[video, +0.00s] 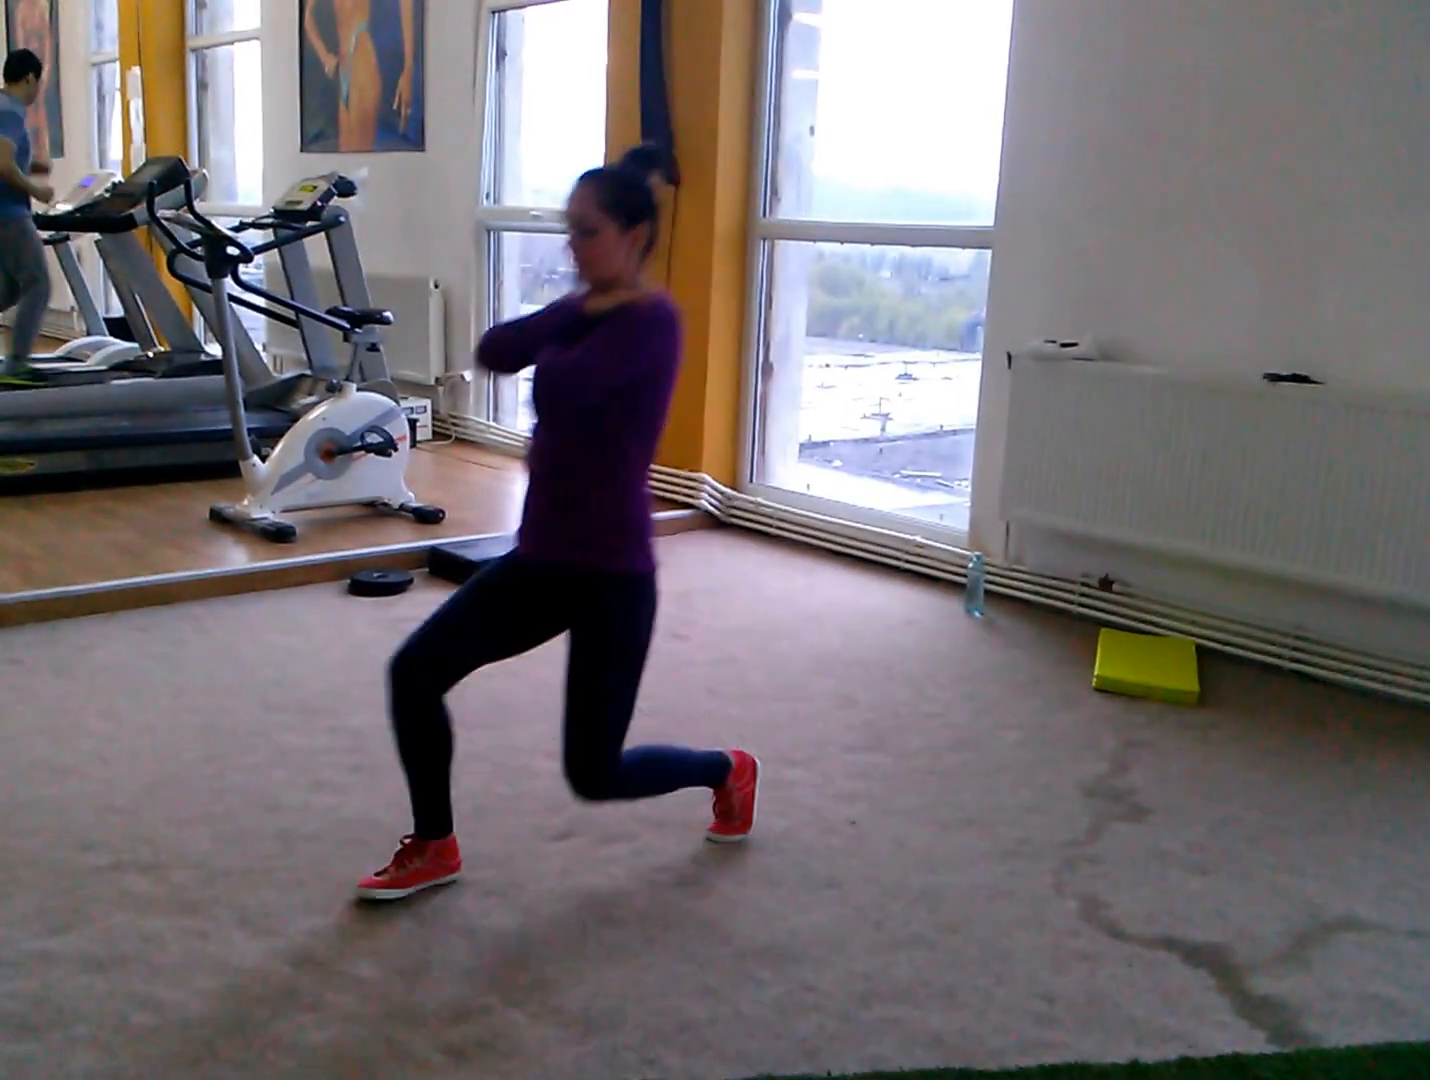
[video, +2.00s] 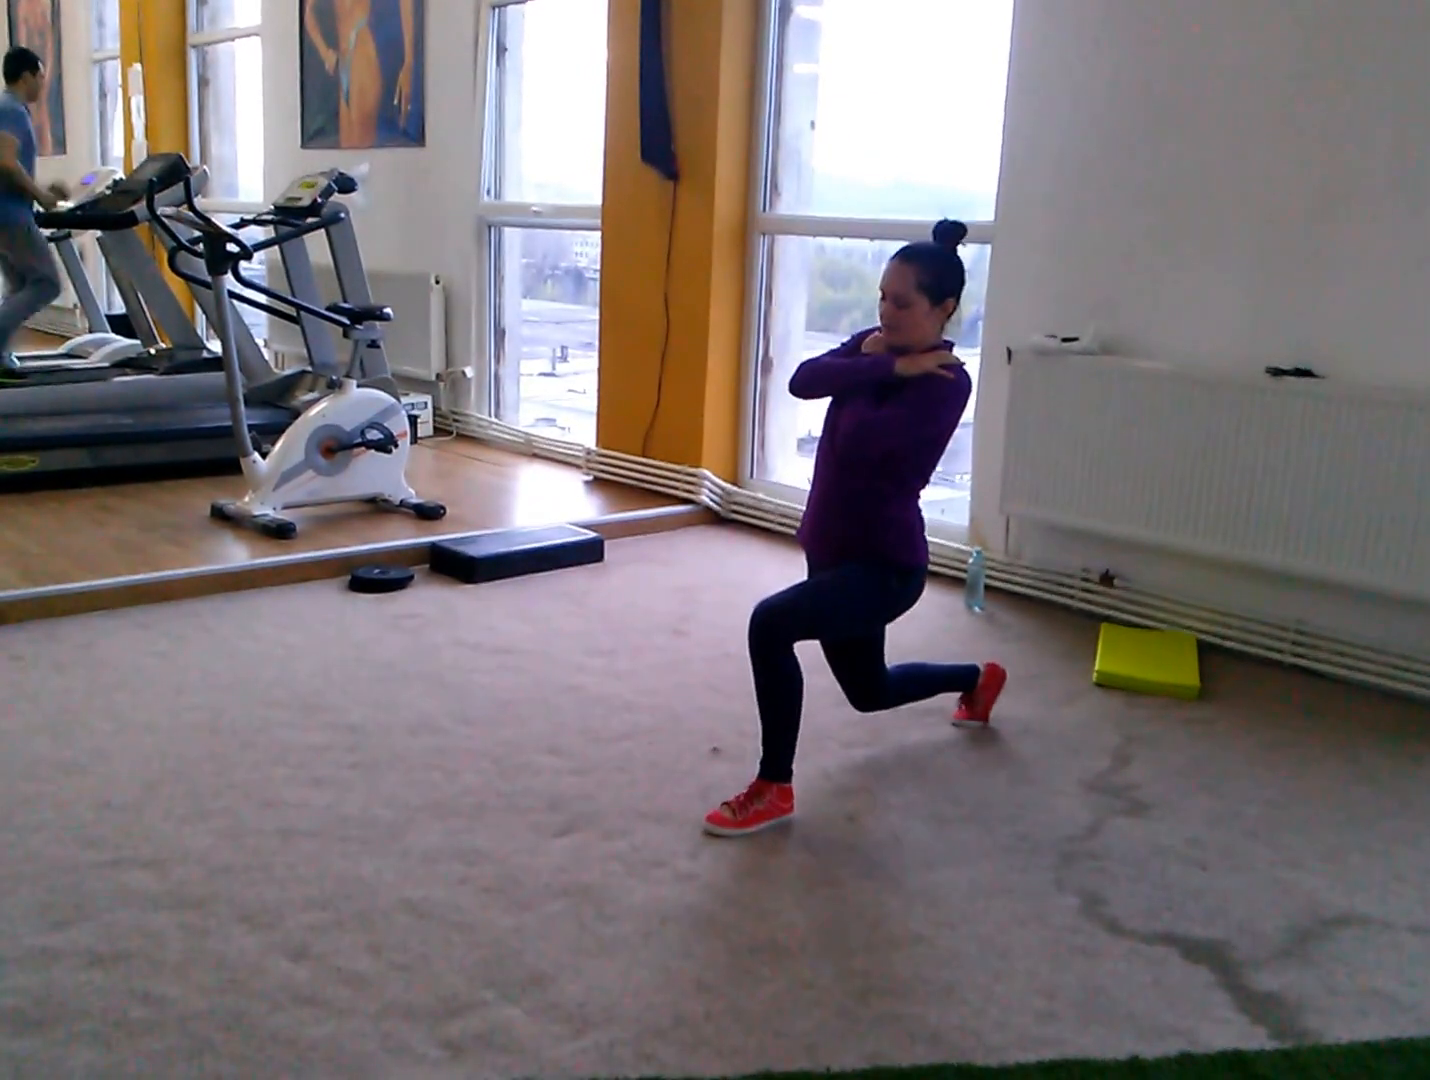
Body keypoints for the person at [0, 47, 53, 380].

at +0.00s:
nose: (39, 89)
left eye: (39, 82)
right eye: (38, 82)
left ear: (11, 78)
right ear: (28, 79)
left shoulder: (9, 110)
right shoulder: (11, 114)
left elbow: (8, 156)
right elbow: (6, 163)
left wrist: (30, 164)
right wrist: (33, 188)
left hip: (10, 213)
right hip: (11, 214)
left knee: (13, 286)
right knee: (38, 283)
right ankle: (17, 361)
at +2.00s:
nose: (44, 83)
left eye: (43, 76)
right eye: (41, 76)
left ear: (16, 78)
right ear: (27, 76)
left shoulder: (11, 110)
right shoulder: (13, 111)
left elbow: (13, 169)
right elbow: (8, 162)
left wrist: (48, 189)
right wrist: (44, 196)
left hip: (10, 214)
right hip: (11, 215)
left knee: (19, 286)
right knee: (46, 283)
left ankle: (4, 352)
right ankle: (1, 339)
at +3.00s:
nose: (55, 71)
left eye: (54, 64)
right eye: (51, 64)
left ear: (31, 64)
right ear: (35, 63)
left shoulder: (24, 99)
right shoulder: (16, 98)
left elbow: (27, 152)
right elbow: (4, 143)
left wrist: (61, 147)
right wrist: (37, 170)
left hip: (15, 206)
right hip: (21, 206)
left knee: (14, 280)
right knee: (56, 274)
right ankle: (58, 358)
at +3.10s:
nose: (57, 81)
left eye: (56, 74)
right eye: (54, 74)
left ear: (32, 73)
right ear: (39, 73)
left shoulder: (22, 109)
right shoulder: (21, 111)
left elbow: (18, 167)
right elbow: (17, 165)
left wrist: (51, 180)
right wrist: (57, 197)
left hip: (20, 210)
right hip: (19, 211)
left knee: (43, 280)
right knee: (51, 283)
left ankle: (3, 319)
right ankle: (22, 360)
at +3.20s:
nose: (59, 77)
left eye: (58, 70)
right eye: (57, 70)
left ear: (31, 70)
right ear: (44, 69)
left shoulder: (13, 102)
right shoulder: (29, 106)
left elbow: (25, 164)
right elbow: (32, 161)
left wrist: (62, 177)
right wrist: (71, 178)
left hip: (25, 210)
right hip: (20, 211)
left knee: (66, 269)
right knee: (23, 282)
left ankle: (33, 349)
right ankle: (1, 351)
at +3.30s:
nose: (60, 70)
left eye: (59, 63)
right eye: (58, 62)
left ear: (29, 62)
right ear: (46, 61)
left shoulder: (12, 93)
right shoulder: (35, 96)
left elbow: (19, 150)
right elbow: (40, 148)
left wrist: (61, 152)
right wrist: (70, 154)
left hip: (23, 206)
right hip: (22, 207)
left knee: (63, 270)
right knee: (10, 279)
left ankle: (80, 351)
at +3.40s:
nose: (59, 75)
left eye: (59, 68)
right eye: (57, 68)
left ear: (29, 69)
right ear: (45, 68)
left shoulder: (14, 99)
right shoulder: (38, 102)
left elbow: (25, 152)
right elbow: (38, 151)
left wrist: (59, 161)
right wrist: (67, 165)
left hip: (20, 205)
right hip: (29, 207)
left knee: (63, 278)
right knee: (46, 279)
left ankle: (57, 356)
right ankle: (2, 309)